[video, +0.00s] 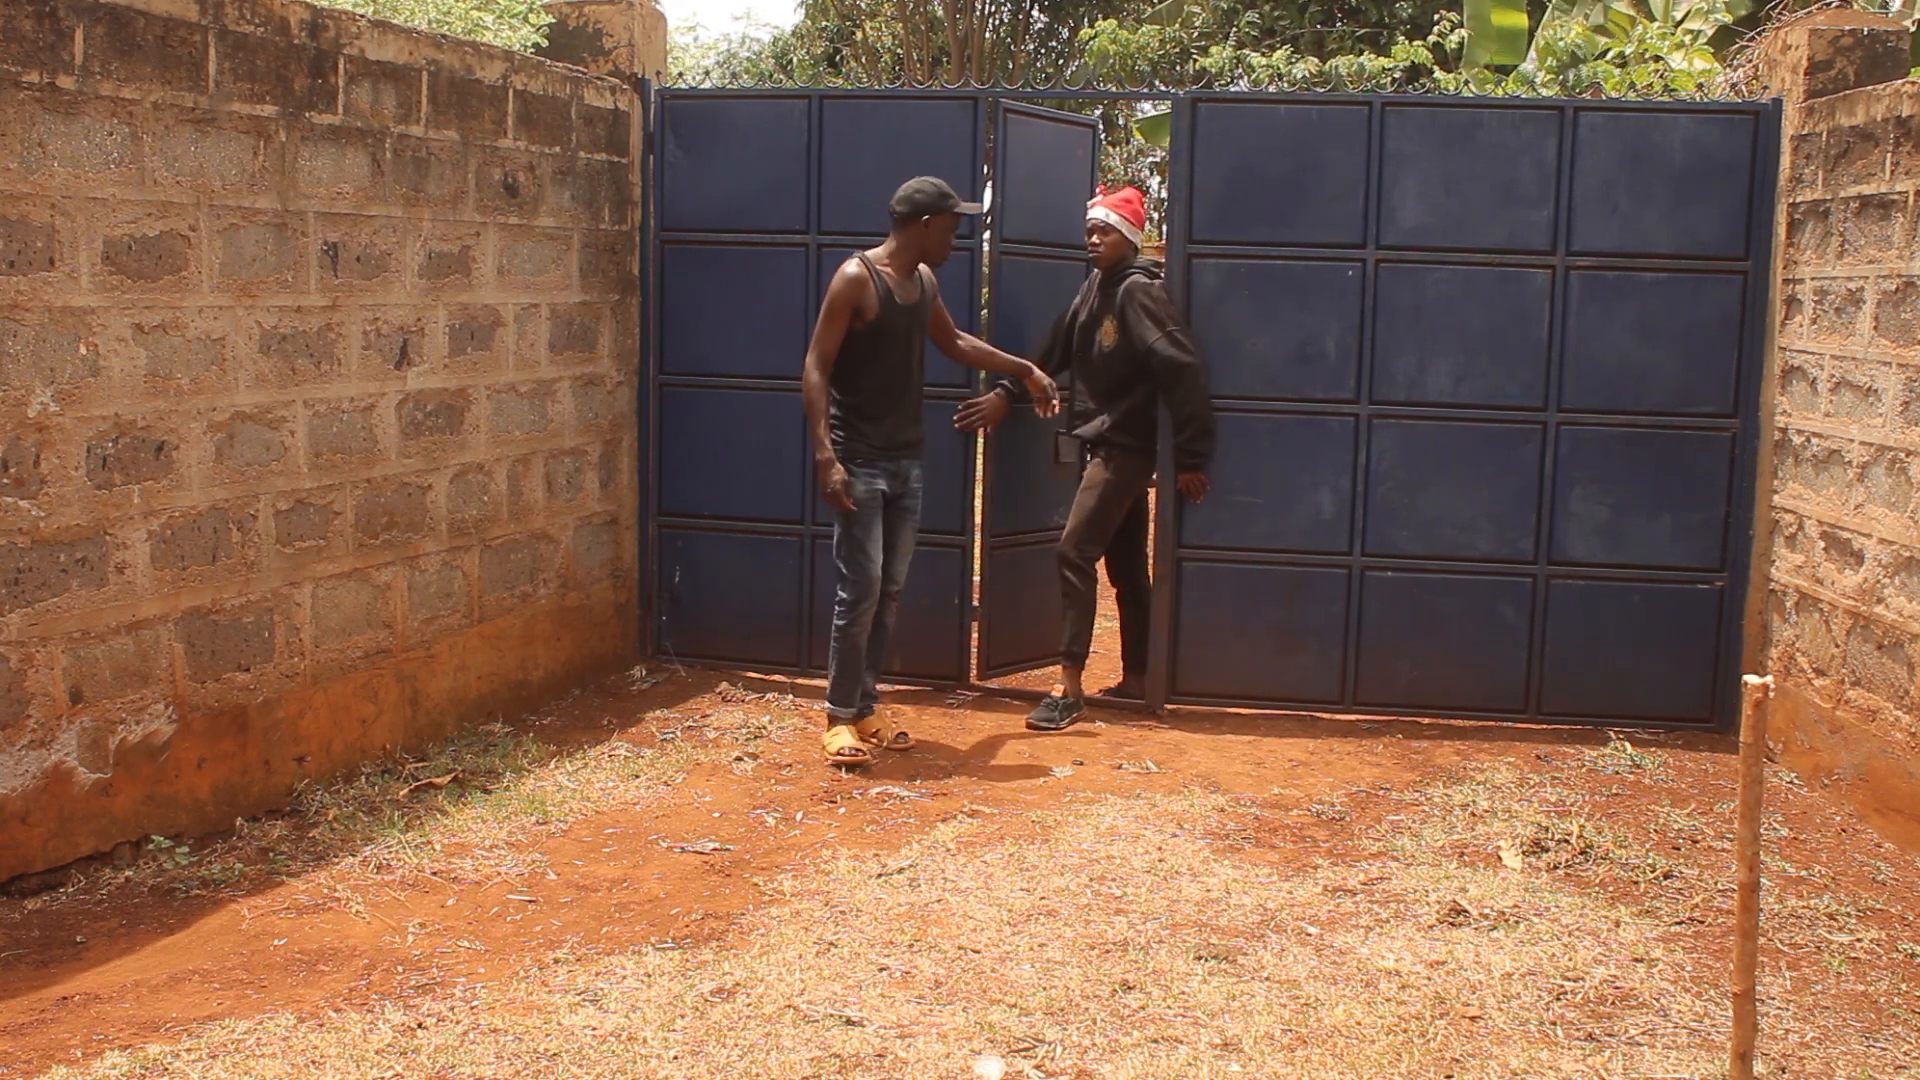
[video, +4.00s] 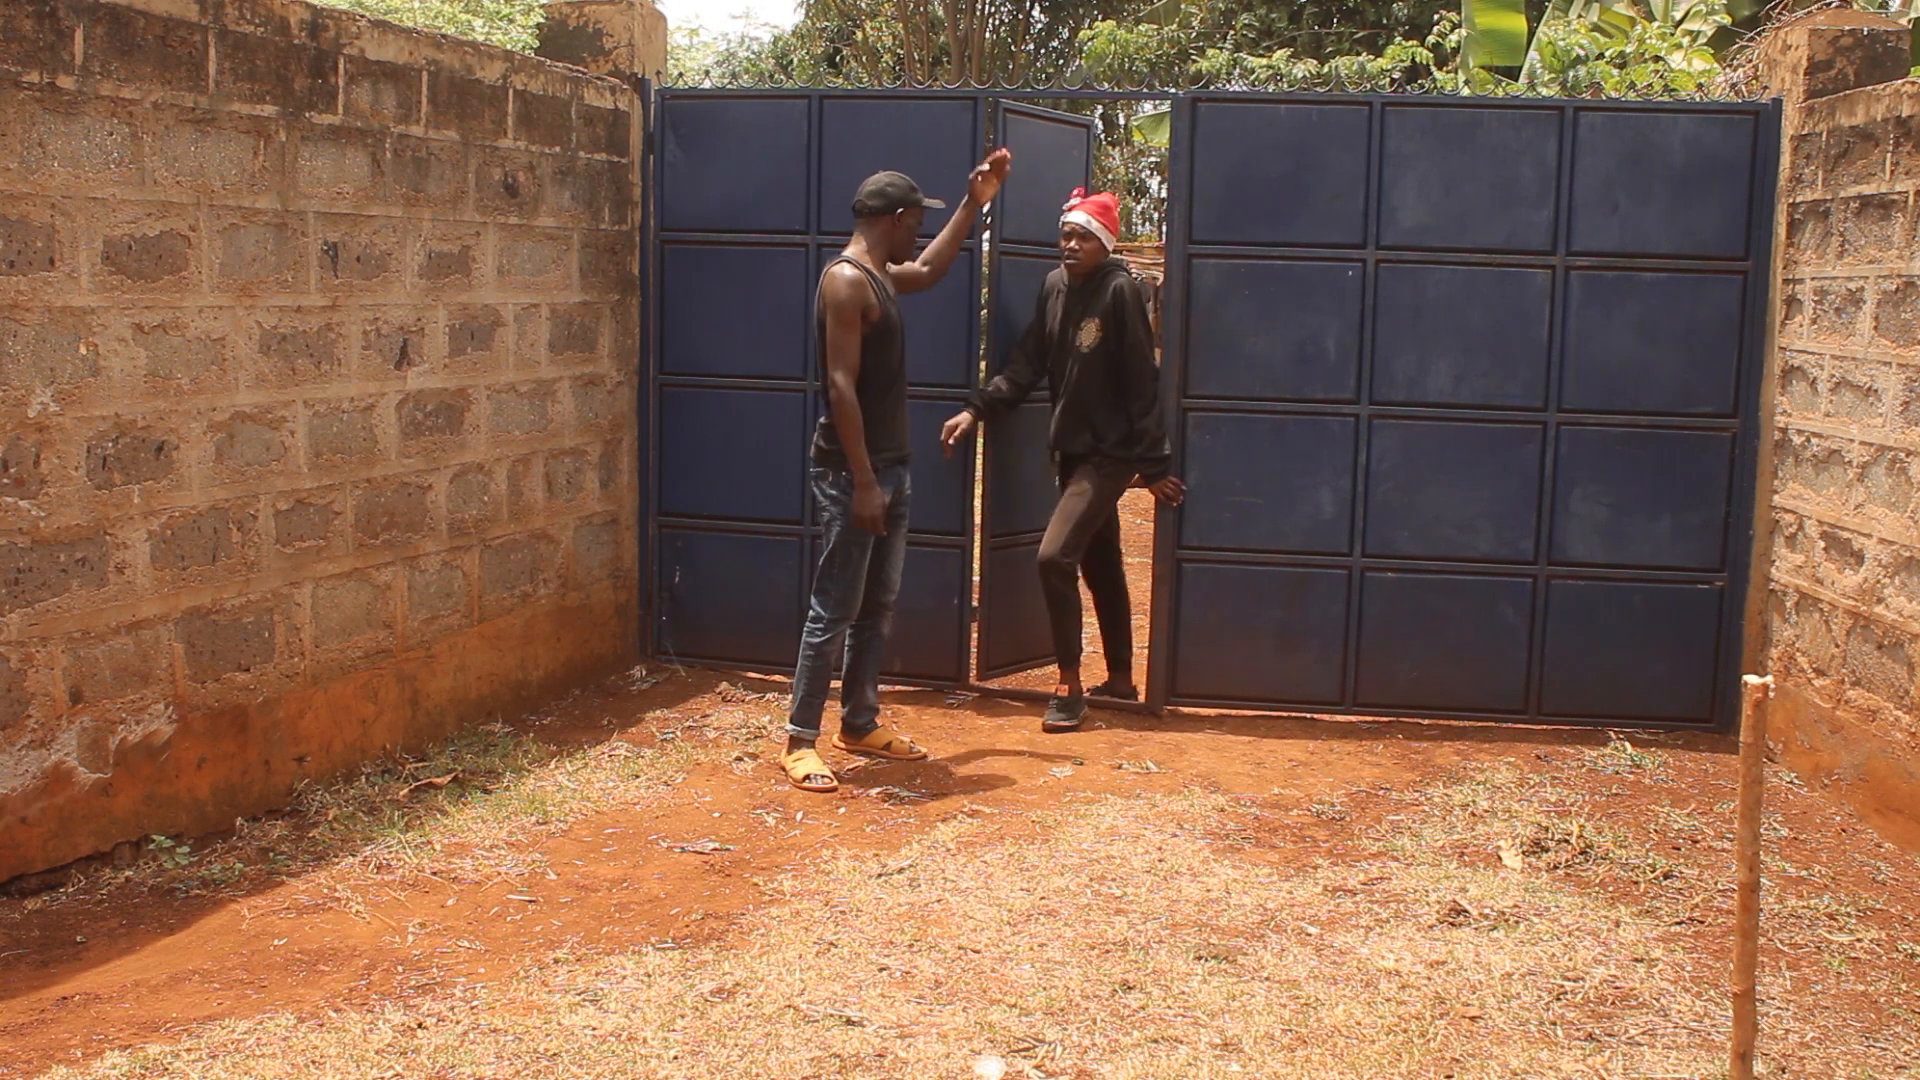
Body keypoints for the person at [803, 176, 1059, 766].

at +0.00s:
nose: (956, 239)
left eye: (956, 228)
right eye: (951, 227)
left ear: (924, 226)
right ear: (920, 224)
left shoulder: (922, 281)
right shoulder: (855, 278)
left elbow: (954, 342)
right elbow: (815, 368)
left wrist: (1026, 369)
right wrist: (825, 456)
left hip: (907, 460)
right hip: (859, 459)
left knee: (888, 588)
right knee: (860, 587)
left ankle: (862, 711)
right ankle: (841, 720)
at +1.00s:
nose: (917, 229)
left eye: (915, 220)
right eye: (909, 220)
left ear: (882, 228)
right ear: (878, 227)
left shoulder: (896, 283)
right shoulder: (810, 293)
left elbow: (885, 376)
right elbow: (769, 388)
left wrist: (893, 449)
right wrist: (756, 483)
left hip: (888, 479)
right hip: (830, 484)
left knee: (888, 606)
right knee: (834, 623)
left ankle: (866, 713)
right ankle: (818, 761)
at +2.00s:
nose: (908, 220)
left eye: (905, 210)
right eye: (899, 211)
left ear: (872, 221)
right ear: (867, 221)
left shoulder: (885, 284)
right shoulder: (825, 295)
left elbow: (881, 387)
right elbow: (797, 398)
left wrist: (903, 457)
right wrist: (803, 498)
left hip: (884, 481)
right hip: (836, 487)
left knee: (869, 615)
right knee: (825, 627)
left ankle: (860, 726)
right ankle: (814, 760)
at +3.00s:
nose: (926, 225)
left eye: (924, 216)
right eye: (921, 217)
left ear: (883, 223)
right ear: (897, 225)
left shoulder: (883, 275)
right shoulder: (863, 287)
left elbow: (926, 317)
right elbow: (850, 393)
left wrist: (967, 252)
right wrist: (893, 480)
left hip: (886, 468)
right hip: (854, 471)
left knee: (891, 604)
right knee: (841, 613)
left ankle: (861, 725)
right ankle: (807, 754)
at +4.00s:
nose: (920, 229)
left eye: (920, 219)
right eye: (915, 218)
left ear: (883, 219)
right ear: (888, 218)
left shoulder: (881, 270)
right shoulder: (846, 281)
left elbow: (928, 269)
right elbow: (841, 384)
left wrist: (974, 203)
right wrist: (863, 480)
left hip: (891, 464)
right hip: (848, 468)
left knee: (877, 603)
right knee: (832, 607)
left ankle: (860, 726)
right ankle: (801, 743)